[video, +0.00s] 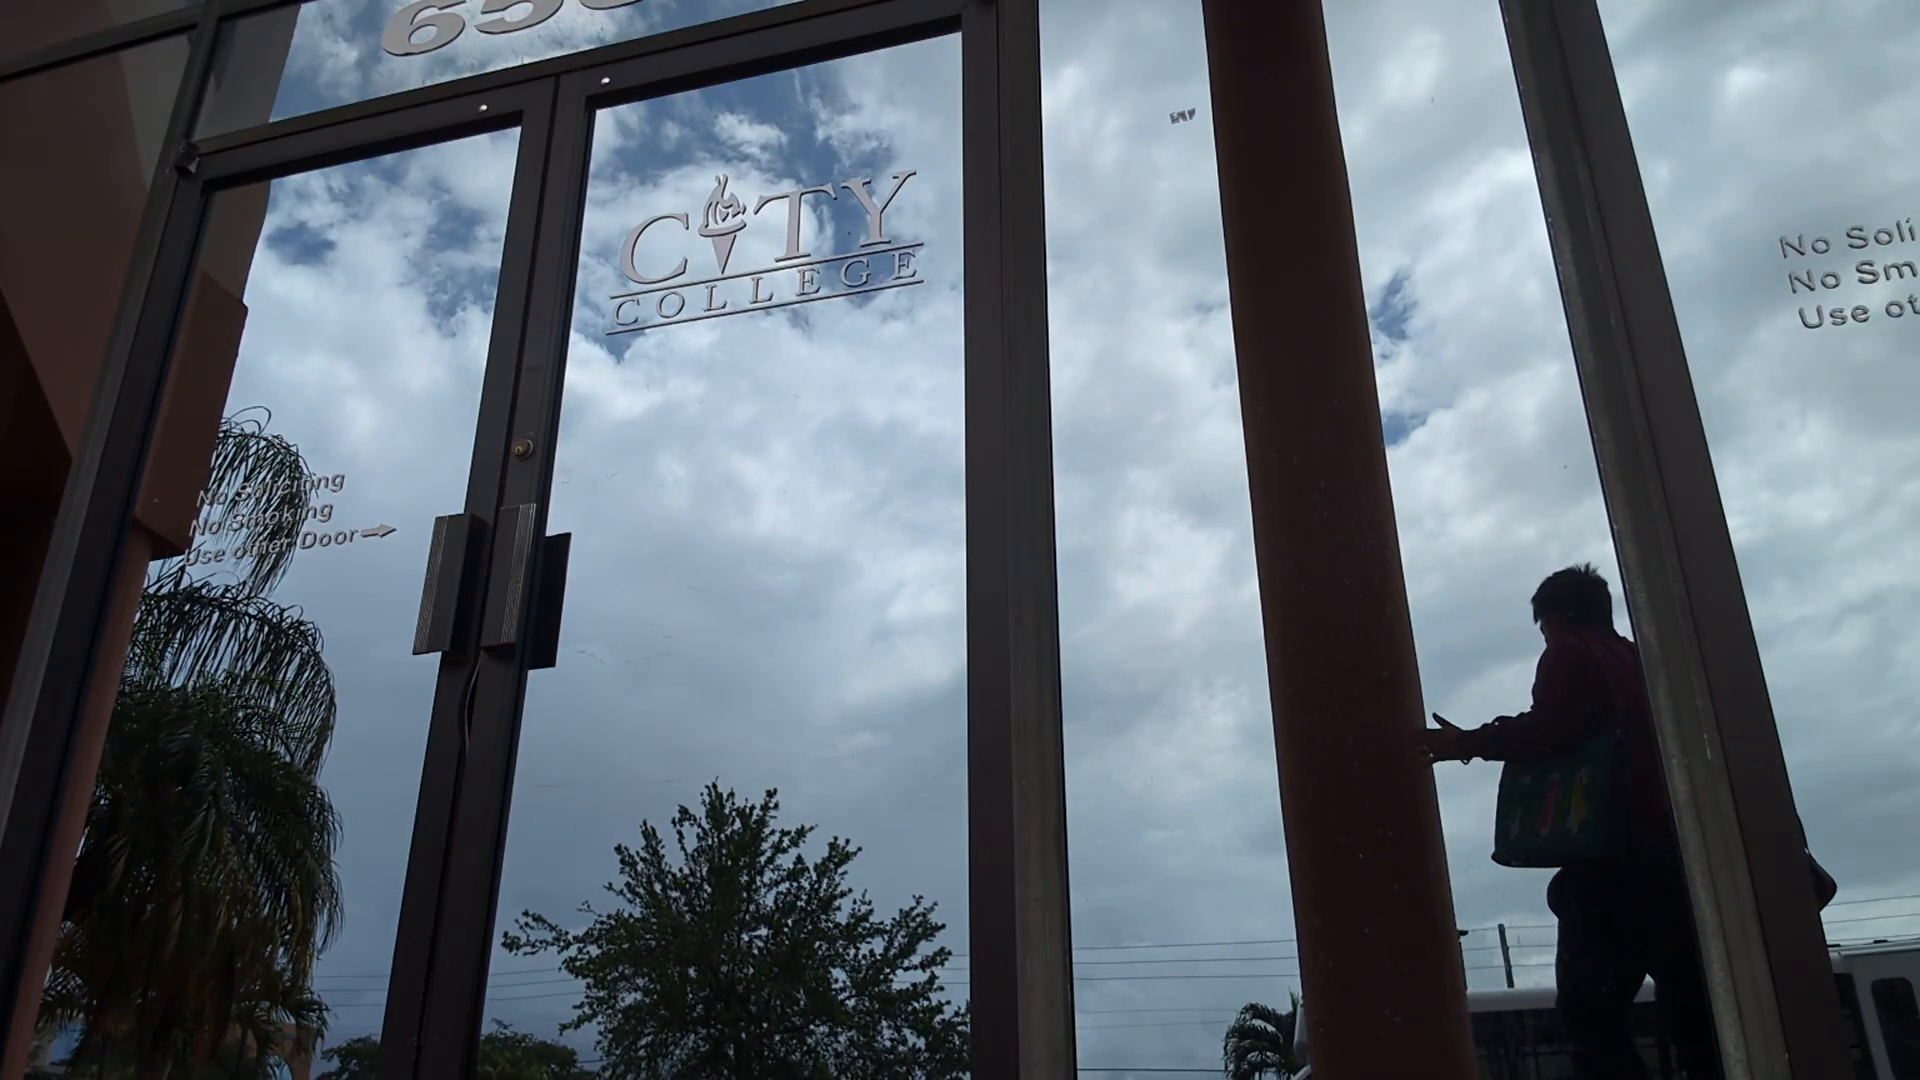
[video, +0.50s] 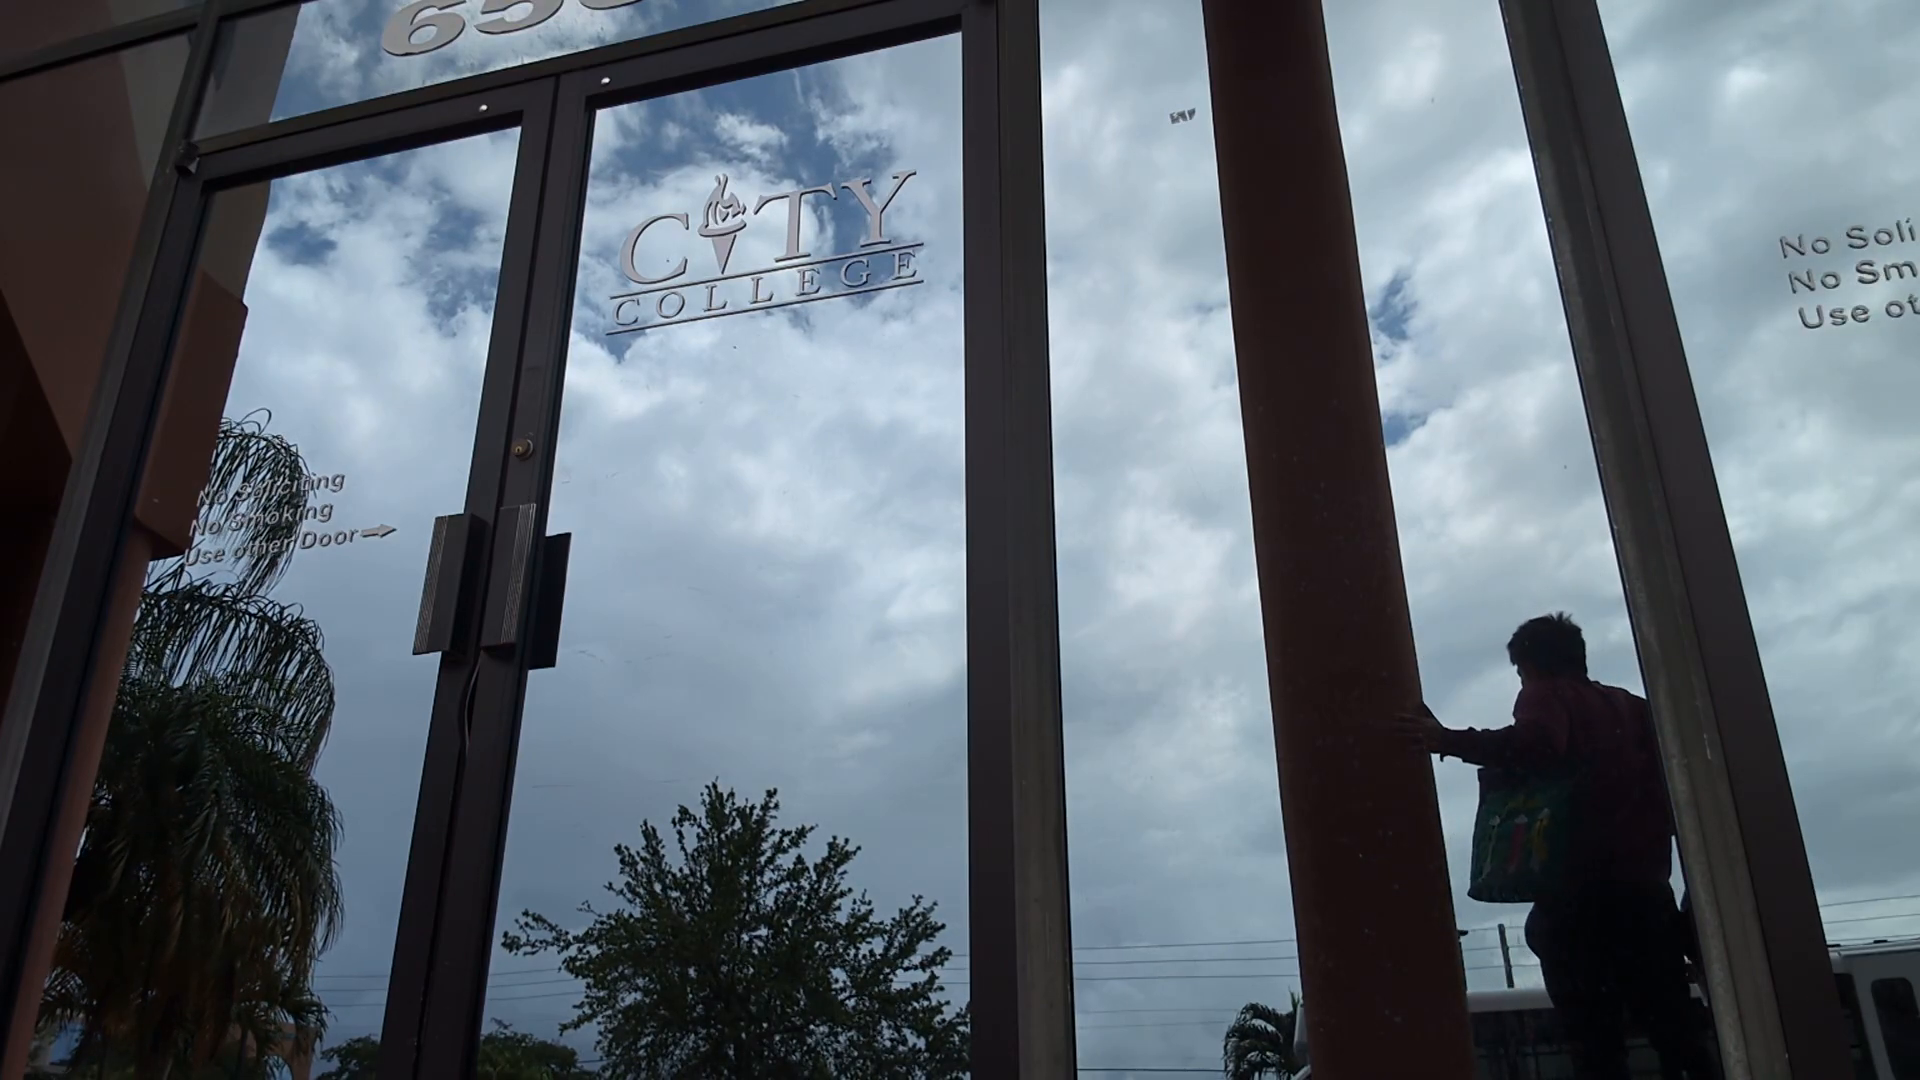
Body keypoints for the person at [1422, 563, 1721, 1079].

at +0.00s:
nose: (1544, 637)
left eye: (1545, 625)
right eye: (1542, 627)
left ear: (1562, 618)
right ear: (1602, 613)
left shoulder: (1566, 656)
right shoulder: (1640, 659)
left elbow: (1552, 729)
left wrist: (1467, 742)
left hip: (1610, 861)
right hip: (1671, 852)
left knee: (1590, 1011)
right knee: (1688, 1002)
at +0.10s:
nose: (1546, 643)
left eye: (1546, 631)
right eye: (1544, 633)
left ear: (1562, 624)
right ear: (1603, 620)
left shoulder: (1566, 662)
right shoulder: (1641, 664)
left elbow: (1541, 730)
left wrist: (1456, 736)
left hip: (1603, 864)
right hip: (1669, 854)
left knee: (1601, 1014)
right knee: (1686, 998)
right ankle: (1702, 1068)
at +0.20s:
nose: (1544, 650)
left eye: (1544, 639)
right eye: (1542, 640)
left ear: (1559, 631)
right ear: (1601, 628)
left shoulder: (1563, 668)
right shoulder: (1640, 671)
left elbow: (1534, 733)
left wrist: (1448, 735)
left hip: (1602, 868)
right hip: (1668, 859)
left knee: (1602, 1019)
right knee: (1692, 1004)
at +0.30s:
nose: (1538, 660)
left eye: (1539, 649)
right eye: (1536, 650)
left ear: (1554, 642)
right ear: (1596, 639)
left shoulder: (1556, 680)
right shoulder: (1638, 681)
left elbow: (1538, 737)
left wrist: (1449, 737)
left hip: (1594, 875)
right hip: (1663, 866)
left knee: (1604, 1027)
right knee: (1689, 1009)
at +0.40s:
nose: (1531, 672)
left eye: (1532, 660)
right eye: (1530, 661)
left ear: (1547, 655)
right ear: (1588, 651)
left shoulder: (1550, 689)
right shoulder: (1635, 694)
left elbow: (1540, 738)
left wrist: (1450, 739)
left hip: (1588, 882)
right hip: (1659, 874)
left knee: (1602, 1028)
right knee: (1681, 1010)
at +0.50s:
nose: (1521, 684)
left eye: (1522, 672)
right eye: (1520, 673)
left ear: (1535, 666)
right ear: (1578, 660)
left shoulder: (1542, 697)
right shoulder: (1633, 706)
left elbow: (1539, 744)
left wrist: (1449, 740)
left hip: (1574, 896)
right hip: (1648, 890)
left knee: (1594, 1039)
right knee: (1673, 1023)